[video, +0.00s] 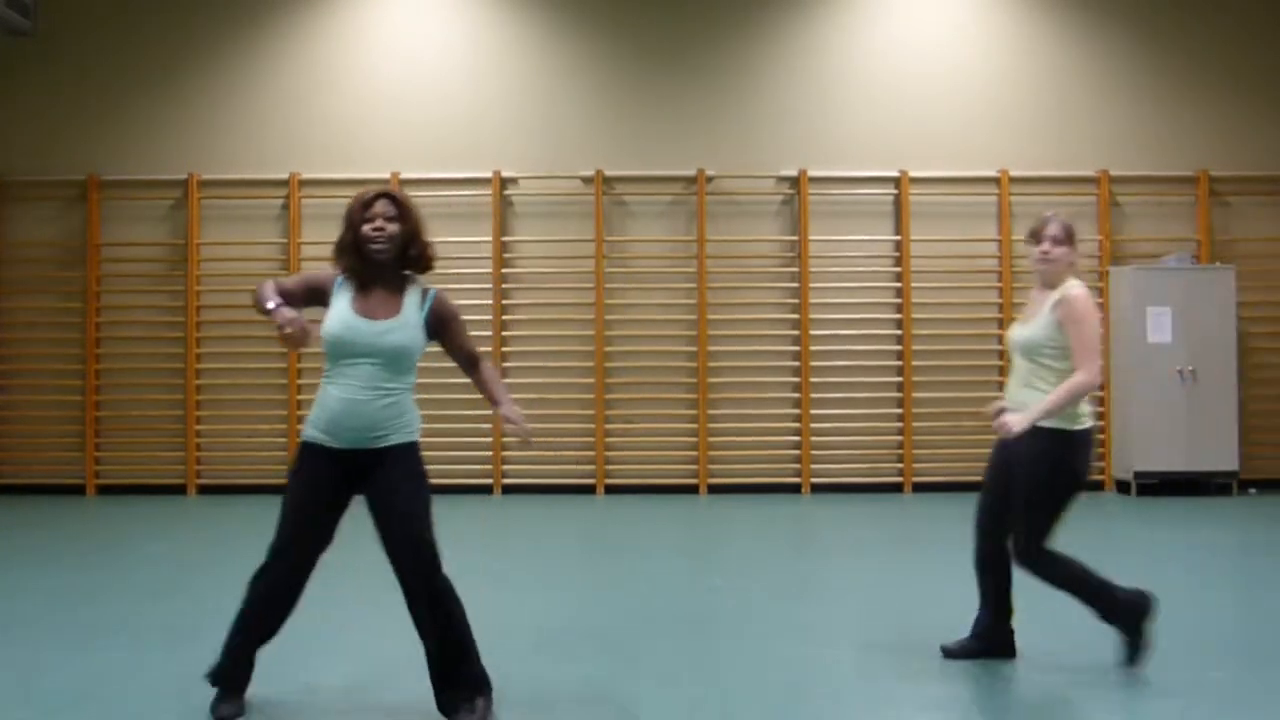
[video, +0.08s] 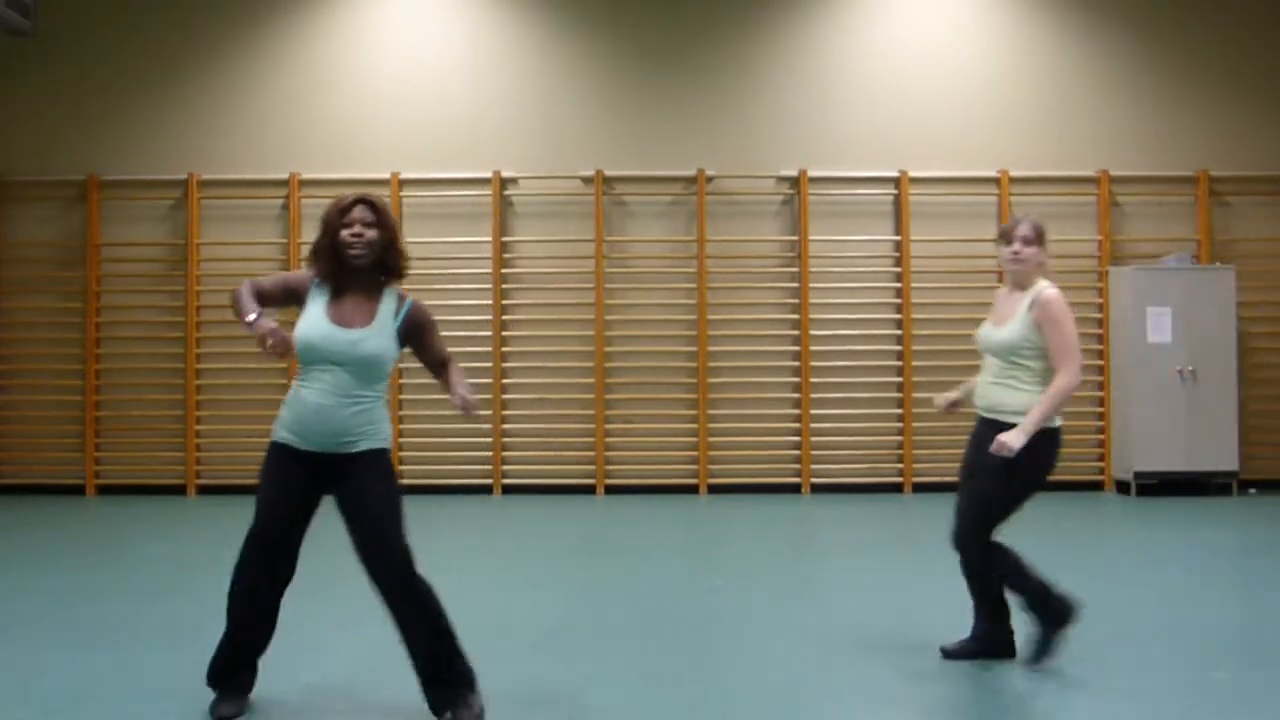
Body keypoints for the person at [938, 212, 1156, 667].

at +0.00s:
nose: (1047, 249)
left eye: (1058, 243)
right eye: (1040, 242)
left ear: (1073, 252)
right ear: (1031, 250)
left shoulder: (1075, 299)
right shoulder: (1038, 297)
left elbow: (1089, 374)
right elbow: (1037, 367)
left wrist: (1029, 415)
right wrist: (1010, 405)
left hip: (1059, 440)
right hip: (1021, 436)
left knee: (1028, 548)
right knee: (991, 533)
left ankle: (1127, 608)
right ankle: (993, 634)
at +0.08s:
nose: (1017, 250)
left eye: (1027, 243)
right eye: (1010, 242)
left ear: (1043, 253)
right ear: (1000, 250)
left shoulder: (1047, 301)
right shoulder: (1003, 297)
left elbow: (1069, 374)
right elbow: (999, 367)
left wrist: (1023, 430)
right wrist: (961, 394)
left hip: (1028, 436)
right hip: (990, 429)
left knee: (972, 534)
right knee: (968, 534)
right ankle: (991, 634)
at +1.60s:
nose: (922, 264)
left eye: (929, 256)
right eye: (911, 259)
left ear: (942, 263)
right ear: (898, 270)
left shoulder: (971, 308)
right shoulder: (888, 324)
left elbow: (1009, 369)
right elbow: (880, 398)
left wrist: (997, 415)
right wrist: (931, 425)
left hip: (991, 441)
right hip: (932, 451)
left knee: (1006, 549)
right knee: (951, 560)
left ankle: (1027, 650)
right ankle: (969, 645)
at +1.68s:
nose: (925, 258)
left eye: (932, 250)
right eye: (914, 253)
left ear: (945, 259)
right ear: (901, 266)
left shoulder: (973, 308)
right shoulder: (886, 316)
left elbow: (999, 375)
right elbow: (847, 369)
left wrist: (936, 386)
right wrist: (875, 387)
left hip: (987, 440)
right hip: (925, 448)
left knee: (1002, 545)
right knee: (912, 547)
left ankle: (1027, 648)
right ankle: (933, 630)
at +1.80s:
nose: (914, 250)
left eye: (922, 243)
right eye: (904, 244)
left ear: (936, 252)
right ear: (893, 254)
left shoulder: (954, 298)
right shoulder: (880, 299)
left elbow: (941, 351)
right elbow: (827, 322)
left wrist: (876, 321)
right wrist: (808, 309)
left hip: (963, 436)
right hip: (902, 439)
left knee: (988, 543)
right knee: (857, 532)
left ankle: (1026, 647)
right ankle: (857, 632)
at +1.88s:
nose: (901, 250)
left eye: (910, 243)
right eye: (892, 243)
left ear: (924, 252)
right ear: (881, 253)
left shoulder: (938, 297)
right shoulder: (869, 297)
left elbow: (902, 334)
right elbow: (811, 309)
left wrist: (845, 296)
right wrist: (781, 279)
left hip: (939, 438)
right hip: (877, 438)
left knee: (970, 544)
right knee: (834, 541)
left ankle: (1023, 644)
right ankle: (824, 646)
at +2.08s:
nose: (863, 250)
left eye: (873, 244)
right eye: (855, 243)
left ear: (887, 253)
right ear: (843, 252)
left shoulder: (896, 301)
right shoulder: (834, 296)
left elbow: (857, 349)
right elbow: (791, 322)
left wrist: (790, 323)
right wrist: (764, 314)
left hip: (880, 434)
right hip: (826, 429)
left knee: (857, 548)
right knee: (811, 549)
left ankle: (915, 623)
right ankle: (827, 647)